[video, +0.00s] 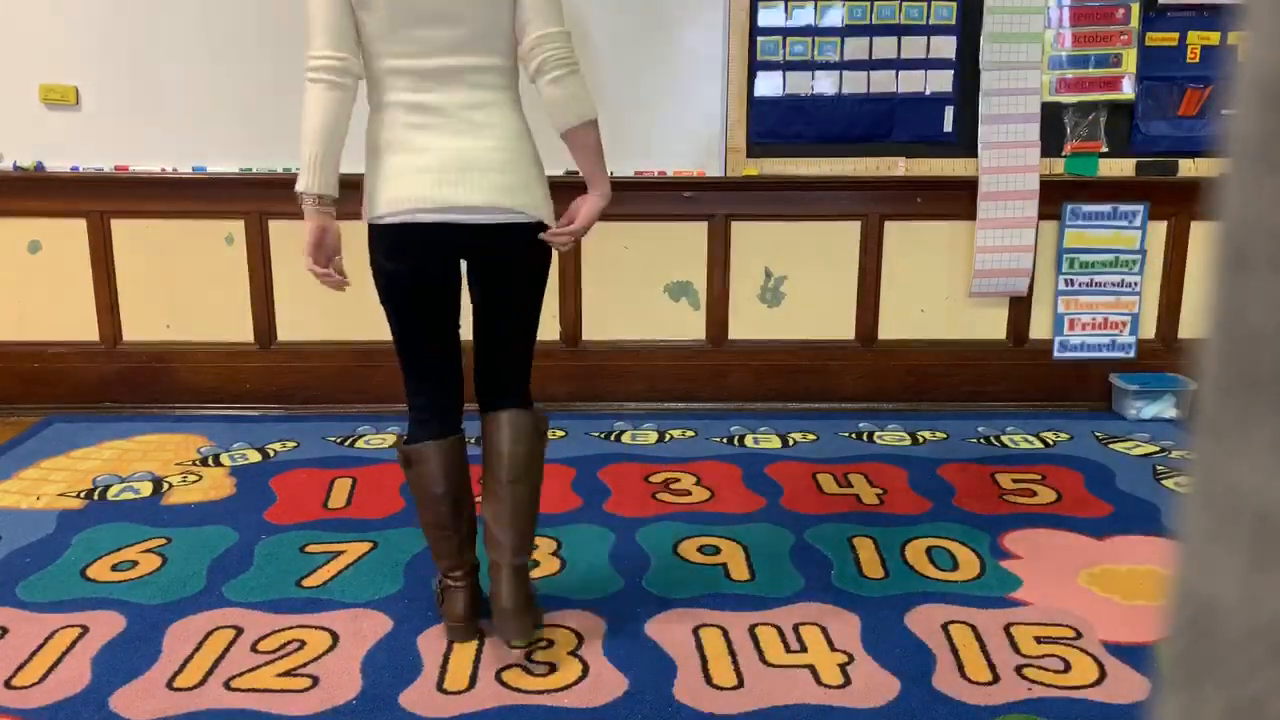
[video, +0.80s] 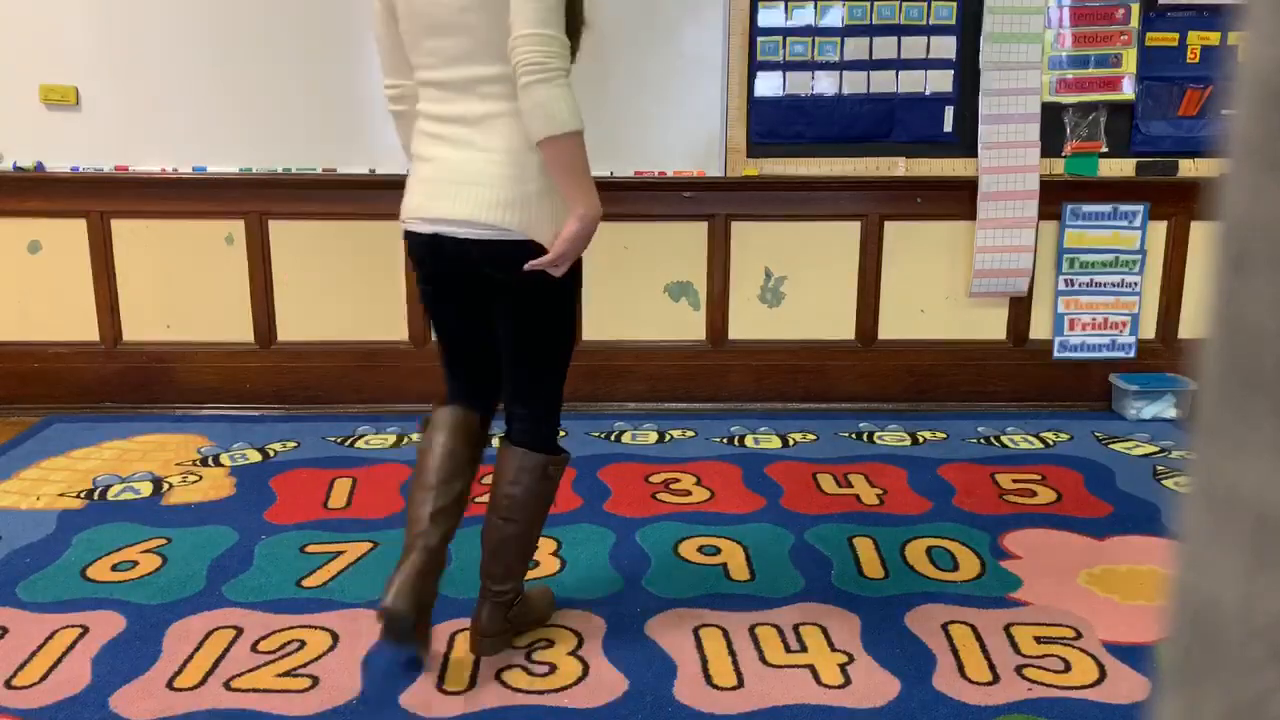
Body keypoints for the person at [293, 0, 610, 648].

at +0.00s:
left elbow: (332, 71)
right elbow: (548, 58)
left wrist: (320, 205)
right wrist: (597, 182)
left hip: (405, 200)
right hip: (509, 196)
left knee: (429, 397)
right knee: (508, 392)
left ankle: (456, 590)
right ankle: (511, 594)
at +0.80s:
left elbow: (401, 94)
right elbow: (539, 71)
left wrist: (442, 183)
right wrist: (584, 202)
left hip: (432, 213)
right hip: (524, 216)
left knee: (465, 392)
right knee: (531, 417)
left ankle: (416, 567)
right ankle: (499, 604)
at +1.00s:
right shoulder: (540, 1)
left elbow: (432, 82)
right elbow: (553, 72)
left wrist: (476, 165)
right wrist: (600, 192)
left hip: (461, 206)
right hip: (536, 210)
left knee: (528, 367)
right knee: (541, 394)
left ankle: (527, 525)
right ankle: (497, 599)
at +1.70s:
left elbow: (411, 78)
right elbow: (586, 65)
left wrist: (441, 175)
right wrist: (621, 194)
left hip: (446, 209)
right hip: (540, 212)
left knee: (490, 378)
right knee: (535, 411)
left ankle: (490, 554)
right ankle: (503, 608)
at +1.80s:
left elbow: (393, 83)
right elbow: (578, 68)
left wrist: (413, 185)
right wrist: (616, 200)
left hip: (433, 211)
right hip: (534, 215)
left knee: (463, 394)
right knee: (533, 416)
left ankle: (424, 601)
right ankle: (503, 607)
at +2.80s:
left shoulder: (314, 2)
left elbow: (302, 90)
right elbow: (531, 70)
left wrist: (302, 220)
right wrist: (560, 180)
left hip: (384, 223)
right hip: (485, 218)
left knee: (428, 423)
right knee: (439, 388)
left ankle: (498, 625)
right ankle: (449, 567)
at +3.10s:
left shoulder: (261, 0)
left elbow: (248, 83)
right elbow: (462, 69)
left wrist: (267, 190)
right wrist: (506, 176)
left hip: (320, 211)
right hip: (425, 207)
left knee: (339, 397)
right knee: (422, 387)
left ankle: (392, 570)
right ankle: (427, 576)